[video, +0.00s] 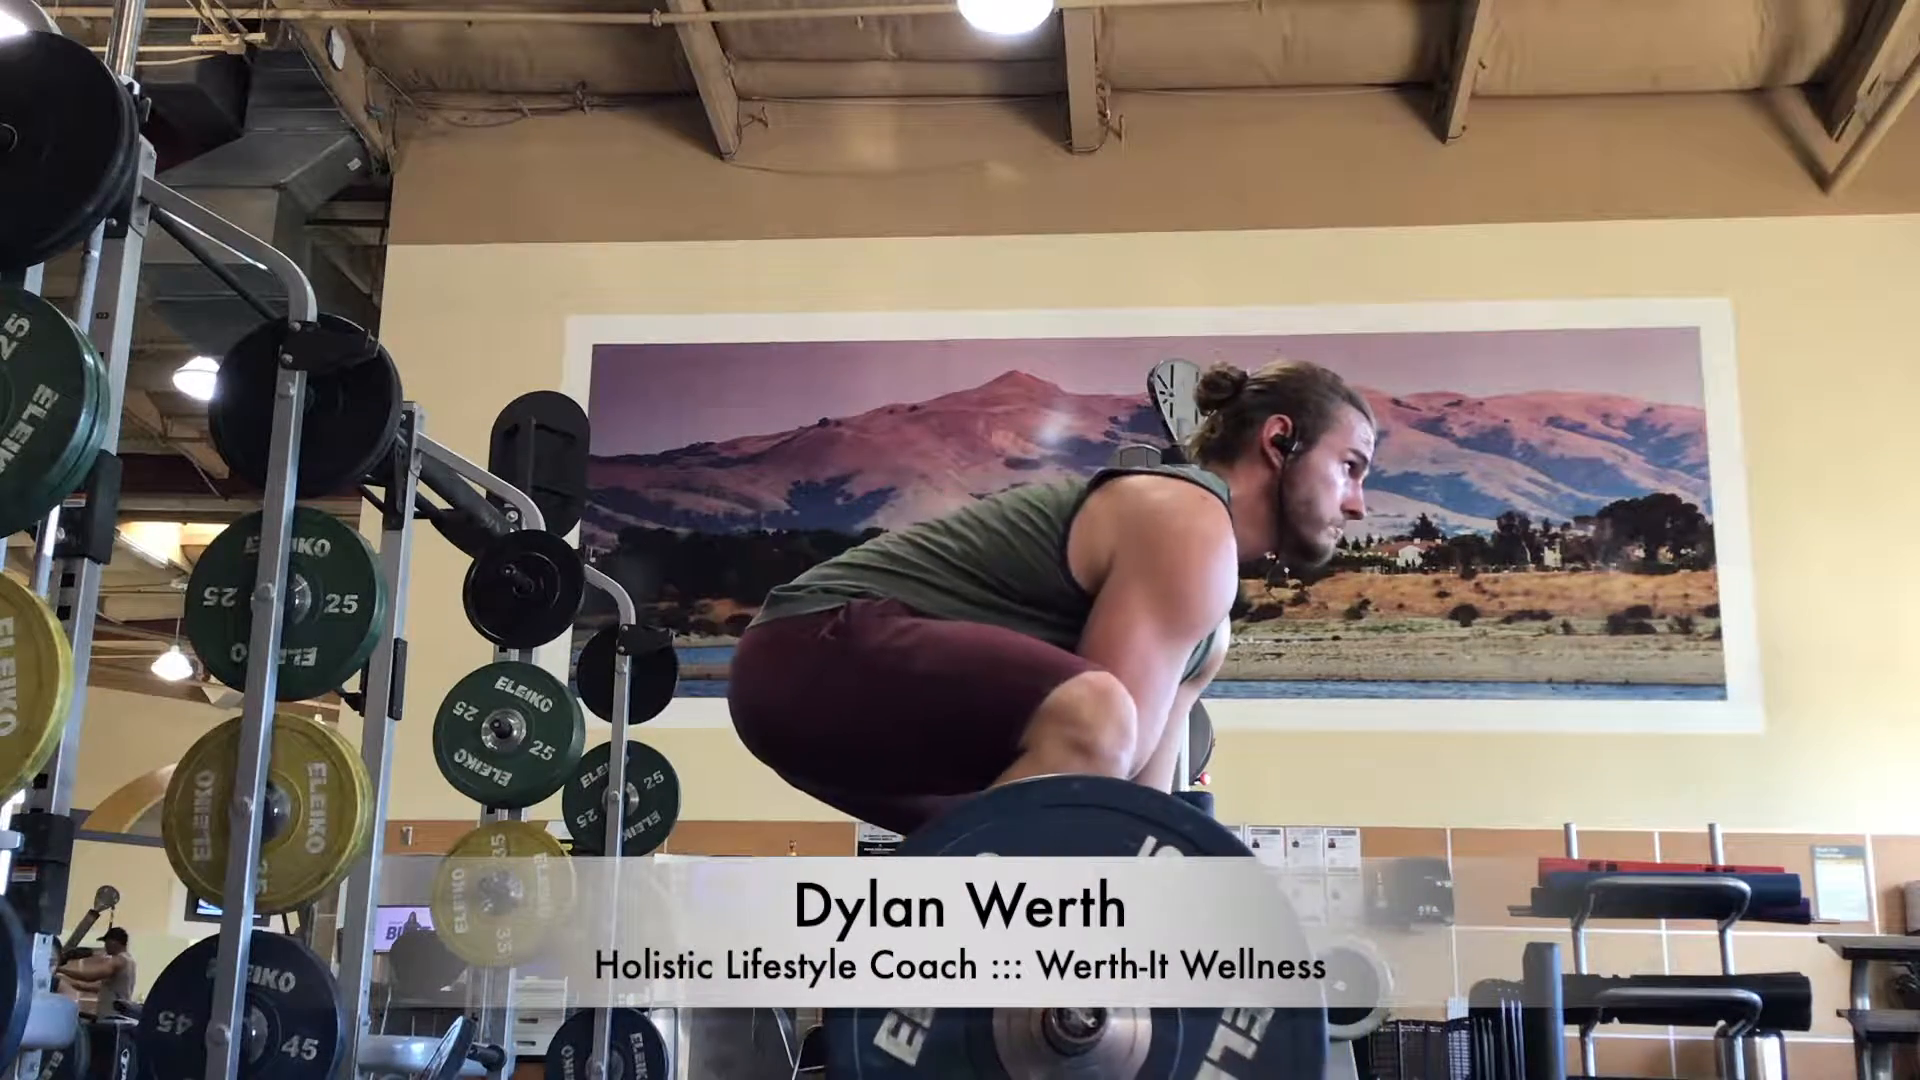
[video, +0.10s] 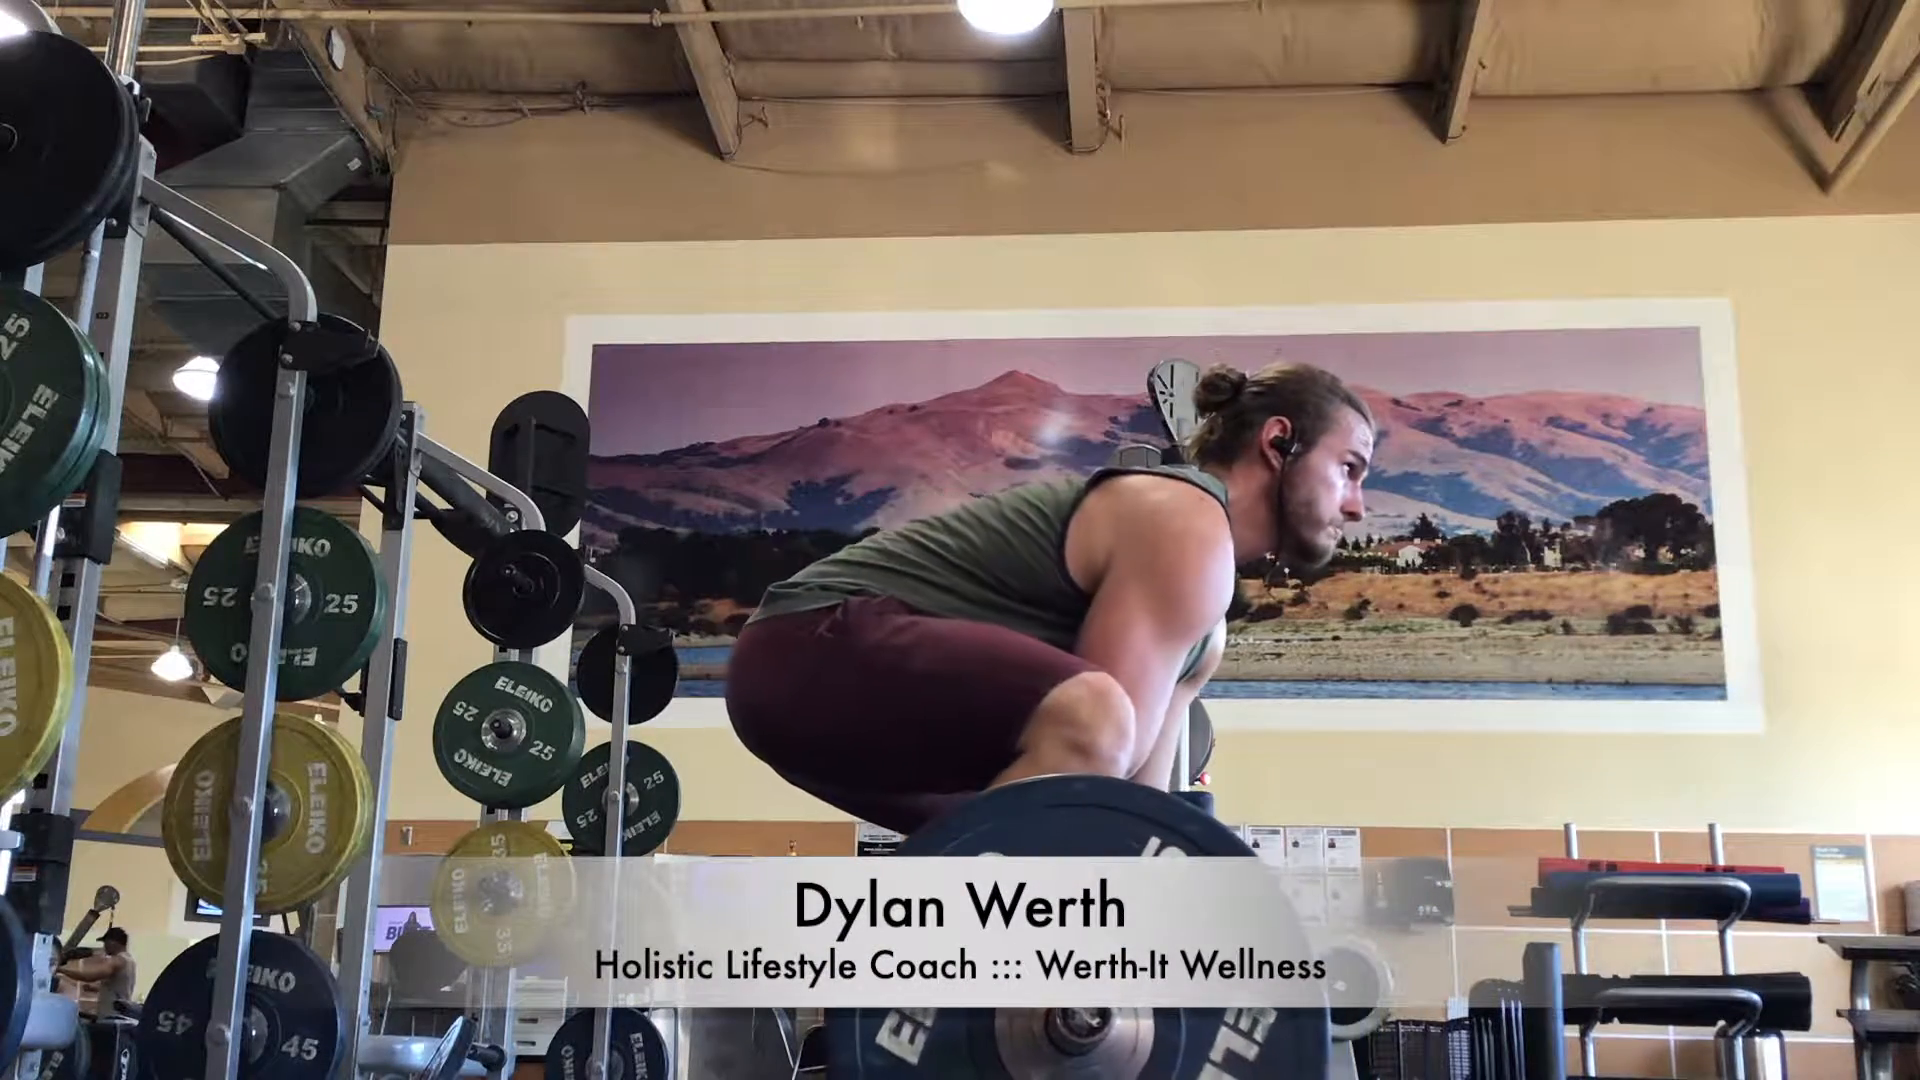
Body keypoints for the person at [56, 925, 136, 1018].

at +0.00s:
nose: (105, 946)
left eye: (107, 942)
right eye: (105, 942)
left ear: (114, 942)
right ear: (119, 943)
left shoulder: (119, 960)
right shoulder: (128, 961)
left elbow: (87, 976)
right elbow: (105, 988)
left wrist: (61, 970)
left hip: (108, 1017)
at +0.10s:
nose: (104, 946)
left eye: (106, 942)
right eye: (104, 943)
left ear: (113, 943)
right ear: (120, 943)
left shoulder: (118, 961)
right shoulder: (128, 961)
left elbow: (87, 977)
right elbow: (118, 988)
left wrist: (61, 970)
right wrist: (94, 989)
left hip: (108, 1017)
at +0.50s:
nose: (102, 948)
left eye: (103, 944)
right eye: (101, 944)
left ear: (112, 943)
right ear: (121, 944)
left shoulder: (115, 961)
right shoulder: (132, 963)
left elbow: (88, 977)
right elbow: (144, 981)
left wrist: (61, 971)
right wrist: (131, 970)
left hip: (106, 1017)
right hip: (123, 1017)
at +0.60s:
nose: (102, 948)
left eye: (104, 944)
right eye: (102, 944)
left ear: (112, 943)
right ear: (120, 943)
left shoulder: (115, 961)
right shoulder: (132, 963)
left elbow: (88, 977)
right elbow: (146, 981)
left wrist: (61, 971)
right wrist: (132, 970)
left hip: (107, 1017)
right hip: (123, 1017)